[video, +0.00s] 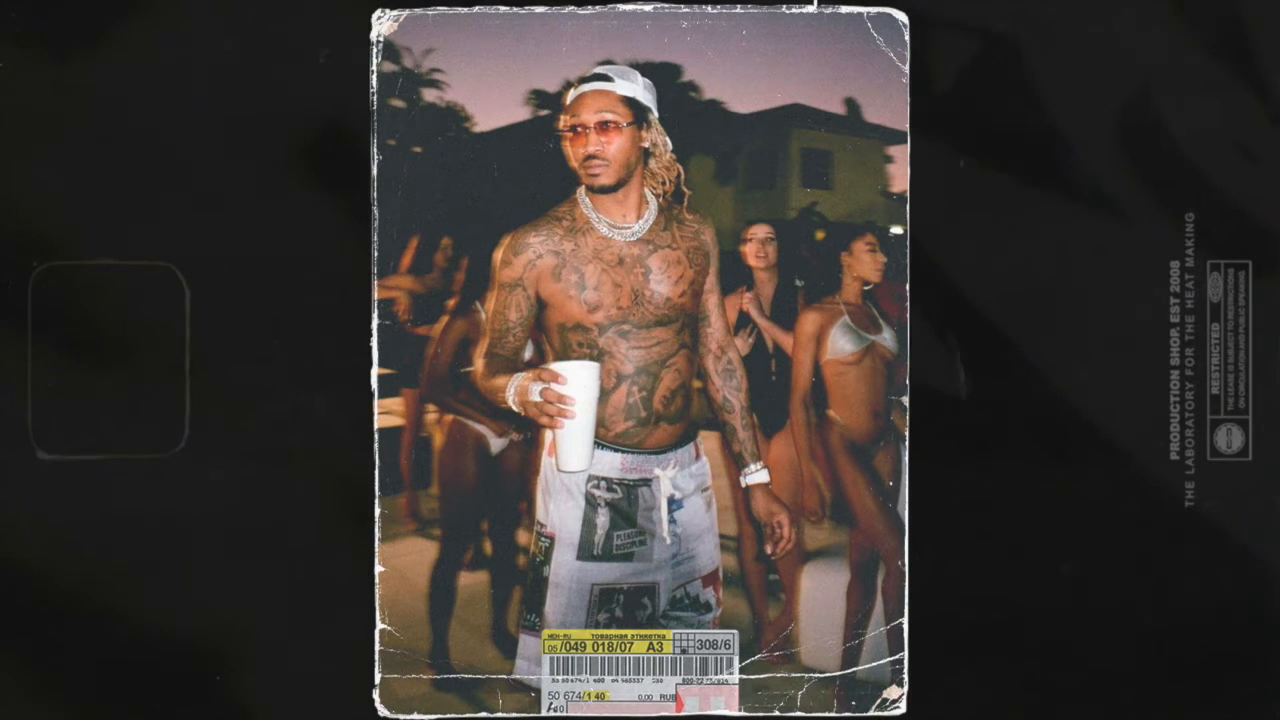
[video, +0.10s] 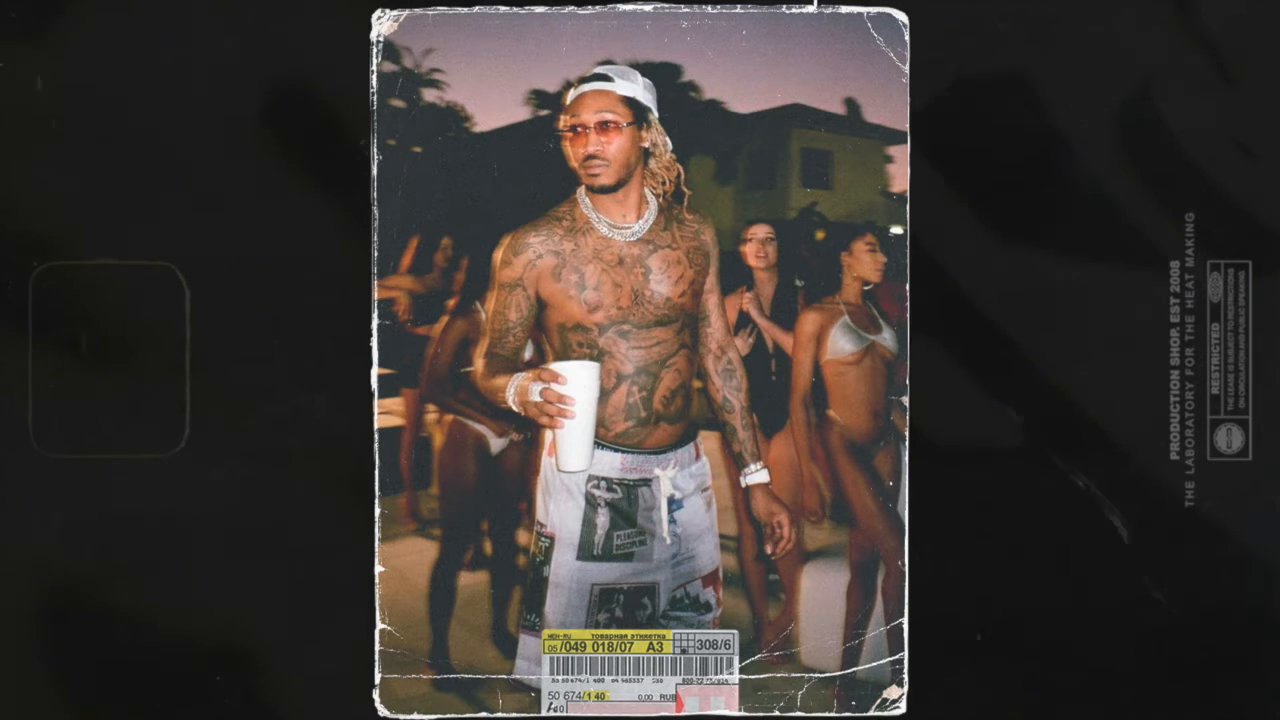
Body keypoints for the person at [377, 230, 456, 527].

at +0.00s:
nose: (446, 254)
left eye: (450, 250)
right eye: (442, 248)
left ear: (455, 255)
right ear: (430, 252)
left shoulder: (455, 282)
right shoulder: (414, 282)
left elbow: (462, 314)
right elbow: (380, 287)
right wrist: (403, 293)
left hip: (445, 353)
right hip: (416, 350)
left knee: (450, 426)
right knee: (413, 428)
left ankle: (451, 499)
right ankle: (411, 502)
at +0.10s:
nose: (446, 254)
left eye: (450, 250)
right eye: (442, 248)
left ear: (455, 255)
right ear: (430, 252)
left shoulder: (455, 283)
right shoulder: (414, 282)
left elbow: (460, 316)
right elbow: (378, 287)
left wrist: (434, 329)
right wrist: (402, 293)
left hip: (444, 354)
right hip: (415, 352)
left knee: (450, 426)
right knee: (413, 428)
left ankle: (452, 499)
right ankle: (411, 502)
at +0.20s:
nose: (446, 254)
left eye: (450, 249)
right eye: (442, 248)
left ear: (455, 255)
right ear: (430, 252)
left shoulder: (455, 282)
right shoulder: (415, 282)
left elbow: (462, 312)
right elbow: (379, 287)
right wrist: (403, 293)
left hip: (445, 352)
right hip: (416, 350)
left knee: (450, 426)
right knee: (413, 428)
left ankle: (452, 499)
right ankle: (411, 502)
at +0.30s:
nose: (446, 254)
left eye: (450, 249)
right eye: (442, 248)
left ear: (455, 255)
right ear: (430, 251)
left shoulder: (454, 282)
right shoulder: (414, 283)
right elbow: (384, 287)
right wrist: (404, 293)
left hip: (445, 353)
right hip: (416, 350)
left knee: (450, 427)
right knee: (413, 429)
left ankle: (452, 500)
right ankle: (411, 503)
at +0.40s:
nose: (447, 254)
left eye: (450, 249)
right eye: (442, 248)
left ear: (453, 254)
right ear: (430, 250)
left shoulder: (453, 280)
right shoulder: (413, 282)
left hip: (444, 351)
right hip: (416, 348)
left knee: (449, 427)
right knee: (413, 428)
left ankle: (452, 499)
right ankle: (411, 503)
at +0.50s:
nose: (446, 254)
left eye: (450, 249)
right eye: (442, 248)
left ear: (454, 254)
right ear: (431, 250)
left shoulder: (454, 279)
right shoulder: (414, 282)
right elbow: (393, 285)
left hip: (445, 349)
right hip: (416, 346)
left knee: (449, 426)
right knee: (413, 428)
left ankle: (451, 498)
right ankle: (410, 502)